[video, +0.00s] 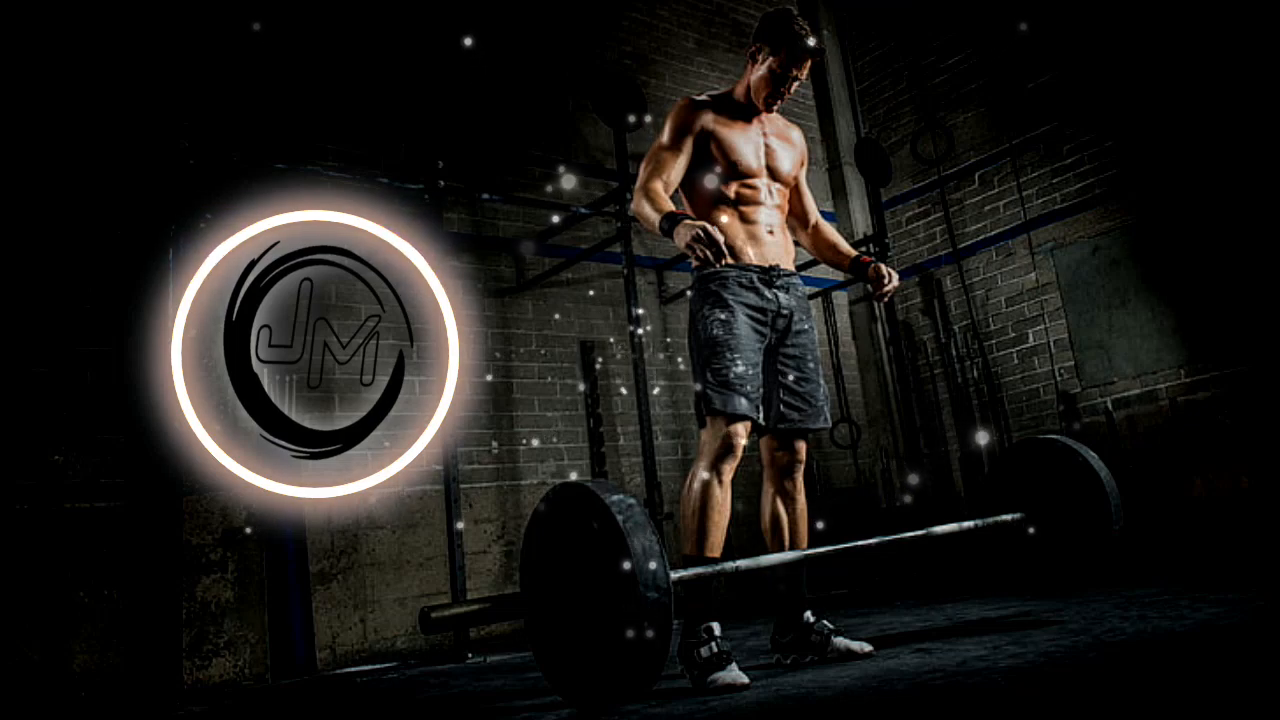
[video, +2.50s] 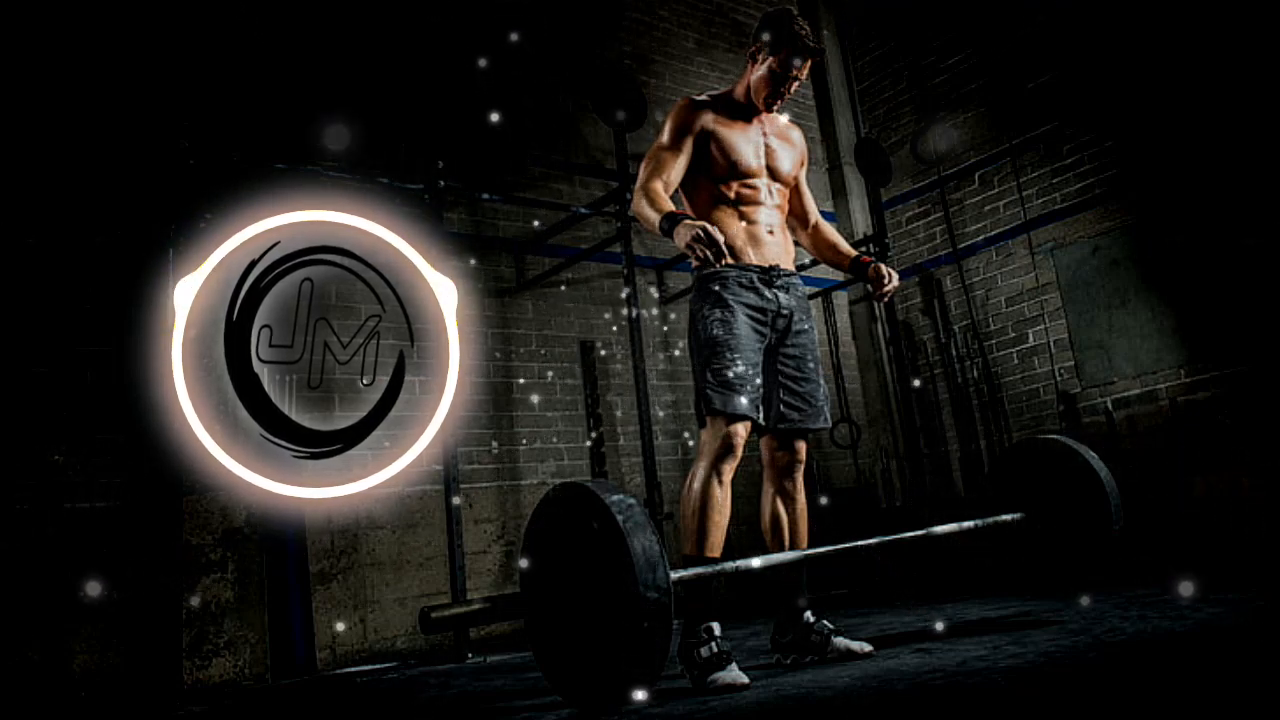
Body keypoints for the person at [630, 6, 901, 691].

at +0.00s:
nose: (791, 87)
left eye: (801, 77)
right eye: (788, 71)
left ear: (803, 76)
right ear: (757, 57)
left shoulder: (792, 137)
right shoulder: (697, 115)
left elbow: (809, 225)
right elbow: (644, 200)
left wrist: (860, 264)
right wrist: (677, 227)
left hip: (790, 297)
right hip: (730, 292)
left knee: (790, 456)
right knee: (729, 440)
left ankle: (797, 625)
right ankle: (699, 634)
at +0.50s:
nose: (790, 89)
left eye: (800, 79)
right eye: (786, 73)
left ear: (802, 77)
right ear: (756, 57)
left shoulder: (792, 136)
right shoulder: (697, 115)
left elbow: (808, 224)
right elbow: (645, 198)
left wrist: (860, 264)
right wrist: (677, 226)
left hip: (790, 297)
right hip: (730, 293)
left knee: (790, 455)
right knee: (729, 438)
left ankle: (797, 624)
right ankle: (699, 634)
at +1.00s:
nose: (787, 95)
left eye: (797, 85)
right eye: (784, 78)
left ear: (801, 78)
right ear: (756, 59)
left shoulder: (791, 136)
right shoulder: (697, 115)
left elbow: (809, 225)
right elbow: (644, 199)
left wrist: (861, 265)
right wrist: (676, 225)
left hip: (790, 297)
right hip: (730, 292)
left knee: (790, 455)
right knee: (729, 437)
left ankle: (797, 624)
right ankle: (698, 633)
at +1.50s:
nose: (791, 91)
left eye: (800, 82)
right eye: (788, 75)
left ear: (797, 79)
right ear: (757, 59)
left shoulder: (791, 136)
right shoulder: (698, 115)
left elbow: (809, 225)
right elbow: (644, 200)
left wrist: (861, 265)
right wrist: (676, 225)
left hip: (790, 296)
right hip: (731, 292)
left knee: (790, 454)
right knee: (729, 437)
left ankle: (797, 624)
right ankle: (698, 633)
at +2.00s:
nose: (790, 90)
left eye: (801, 79)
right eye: (787, 73)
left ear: (803, 76)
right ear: (756, 57)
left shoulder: (792, 136)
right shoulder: (697, 115)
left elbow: (808, 224)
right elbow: (645, 197)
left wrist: (860, 264)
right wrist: (677, 225)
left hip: (790, 297)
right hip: (731, 292)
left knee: (790, 455)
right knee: (730, 437)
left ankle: (796, 624)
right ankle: (698, 633)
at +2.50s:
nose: (787, 93)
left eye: (798, 83)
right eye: (783, 76)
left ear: (802, 77)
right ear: (756, 57)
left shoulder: (792, 135)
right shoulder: (698, 115)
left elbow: (808, 224)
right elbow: (645, 198)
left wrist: (860, 265)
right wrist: (676, 226)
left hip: (790, 296)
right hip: (730, 292)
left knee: (790, 454)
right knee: (729, 437)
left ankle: (797, 624)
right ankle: (698, 634)